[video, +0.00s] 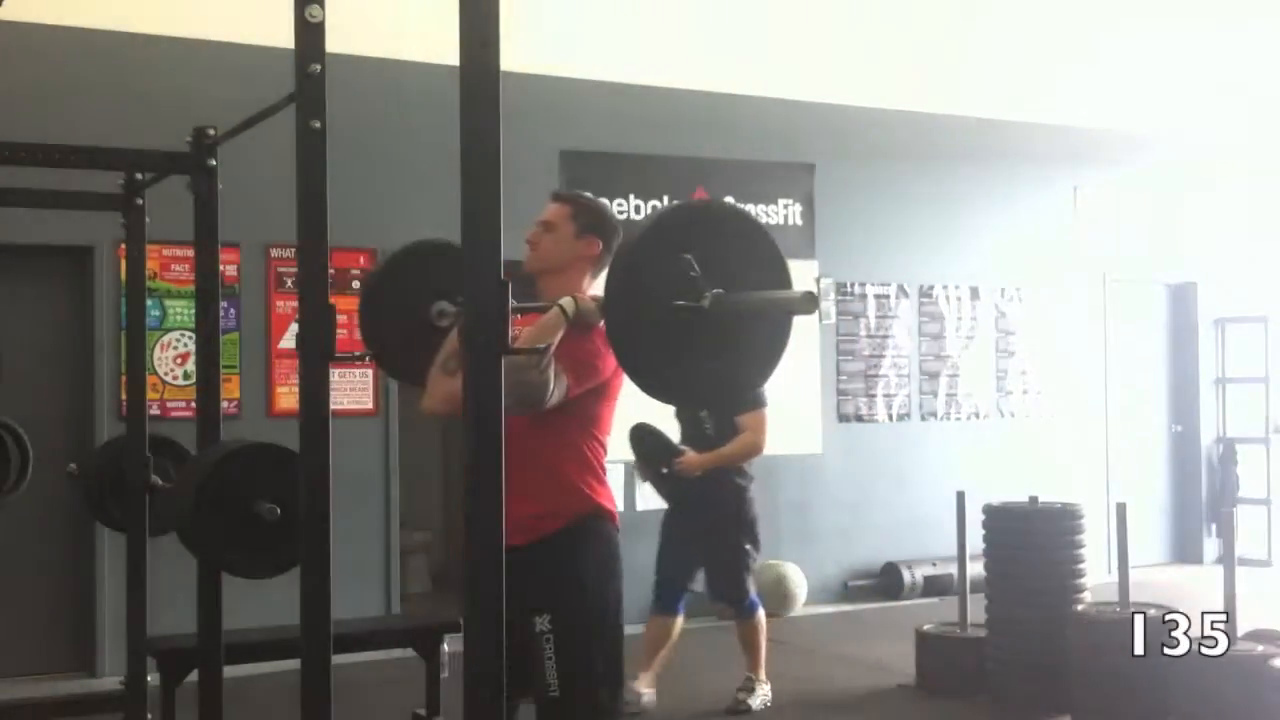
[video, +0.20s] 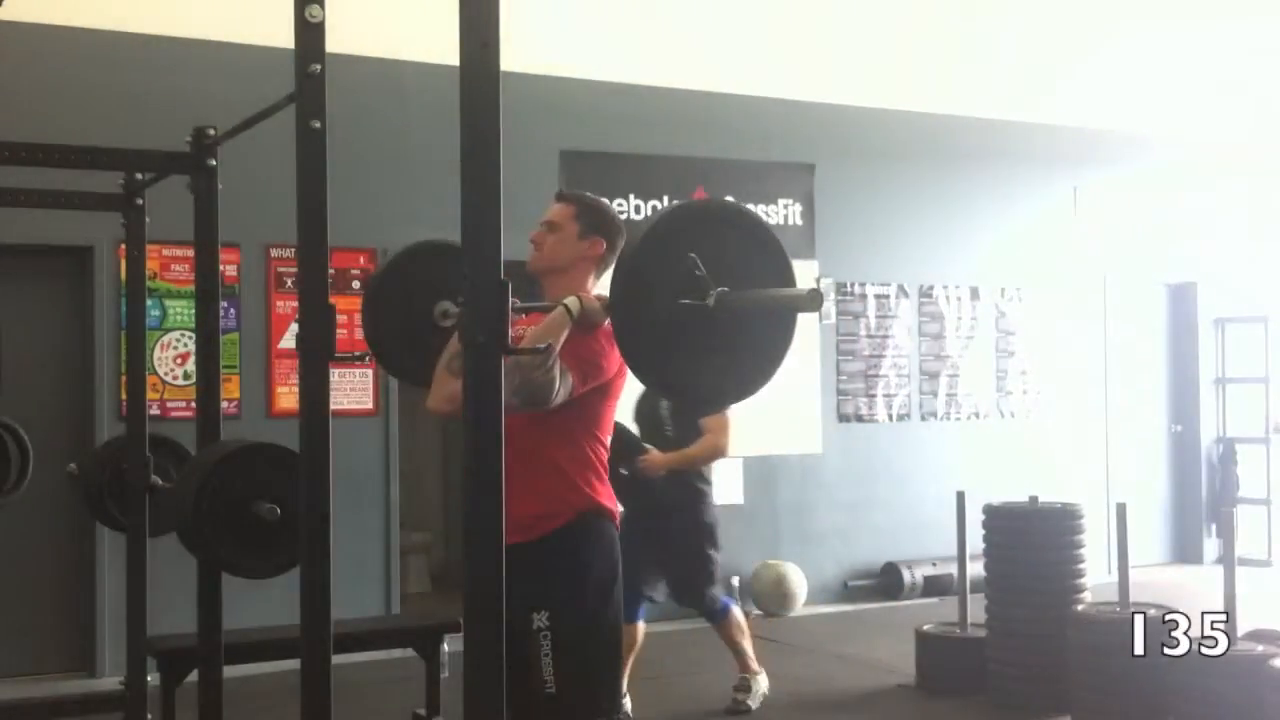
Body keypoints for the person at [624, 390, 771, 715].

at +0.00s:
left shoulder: (738, 377)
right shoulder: (682, 383)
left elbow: (754, 441)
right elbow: (693, 443)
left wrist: (702, 461)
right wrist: (660, 464)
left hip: (728, 498)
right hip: (687, 498)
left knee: (740, 592)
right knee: (667, 592)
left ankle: (758, 681)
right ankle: (645, 681)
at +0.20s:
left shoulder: (702, 382)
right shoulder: (651, 391)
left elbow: (718, 442)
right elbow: (657, 445)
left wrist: (666, 460)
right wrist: (627, 459)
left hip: (687, 508)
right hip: (643, 507)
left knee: (703, 595)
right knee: (628, 601)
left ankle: (753, 673)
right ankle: (617, 693)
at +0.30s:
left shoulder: (676, 370)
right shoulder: (606, 373)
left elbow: (701, 435)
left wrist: (650, 452)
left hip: (661, 498)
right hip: (615, 499)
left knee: (669, 592)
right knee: (618, 602)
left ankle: (734, 660)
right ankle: (618, 695)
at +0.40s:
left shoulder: (662, 368)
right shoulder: (593, 370)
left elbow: (688, 432)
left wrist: (637, 450)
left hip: (647, 493)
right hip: (603, 494)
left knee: (644, 590)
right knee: (613, 598)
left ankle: (699, 657)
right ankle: (616, 695)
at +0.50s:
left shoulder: (653, 373)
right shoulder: (590, 373)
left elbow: (677, 434)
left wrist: (629, 454)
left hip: (637, 489)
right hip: (600, 489)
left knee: (627, 586)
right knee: (610, 591)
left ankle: (655, 679)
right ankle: (614, 686)